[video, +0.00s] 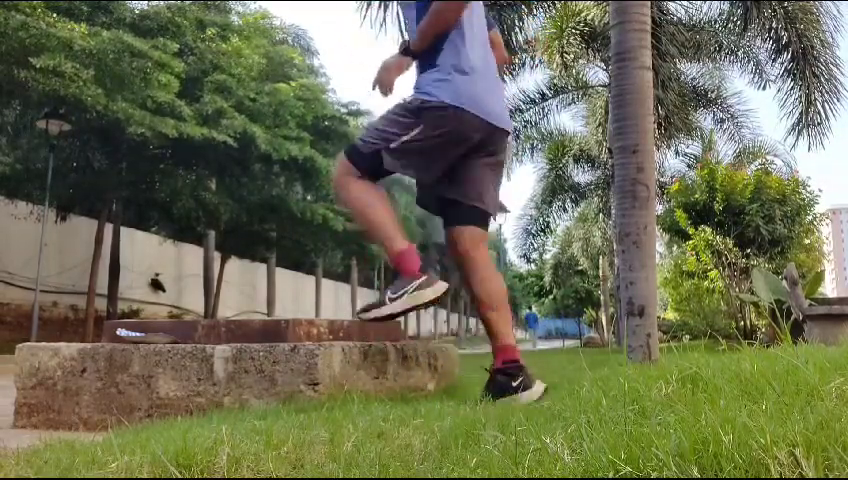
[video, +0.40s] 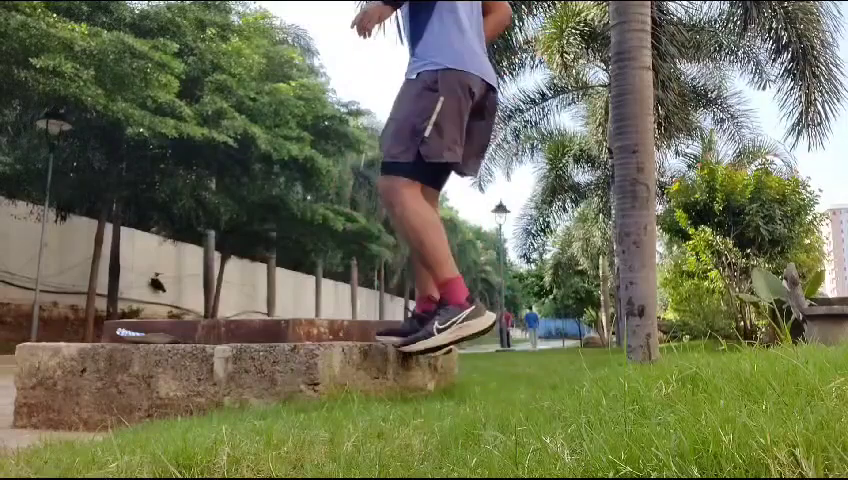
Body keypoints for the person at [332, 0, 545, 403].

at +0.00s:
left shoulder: (426, 4)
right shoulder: (467, 6)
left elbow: (454, 5)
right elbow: (499, 54)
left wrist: (405, 55)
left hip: (446, 97)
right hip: (495, 114)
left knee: (349, 174)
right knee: (469, 241)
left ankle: (410, 270)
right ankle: (510, 368)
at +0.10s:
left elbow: (419, 3)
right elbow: (494, 27)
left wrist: (391, 32)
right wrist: (438, 45)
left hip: (432, 76)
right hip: (483, 92)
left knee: (360, 186)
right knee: (450, 216)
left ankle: (400, 305)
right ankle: (499, 336)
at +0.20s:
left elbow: (408, 3)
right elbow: (493, 18)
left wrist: (385, 24)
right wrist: (448, 47)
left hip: (428, 66)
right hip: (474, 76)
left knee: (379, 183)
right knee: (418, 195)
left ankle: (402, 313)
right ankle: (471, 306)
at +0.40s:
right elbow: (501, 11)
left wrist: (379, 8)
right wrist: (462, 45)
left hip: (440, 64)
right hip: (478, 74)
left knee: (395, 185)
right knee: (425, 195)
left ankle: (458, 302)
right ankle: (428, 312)